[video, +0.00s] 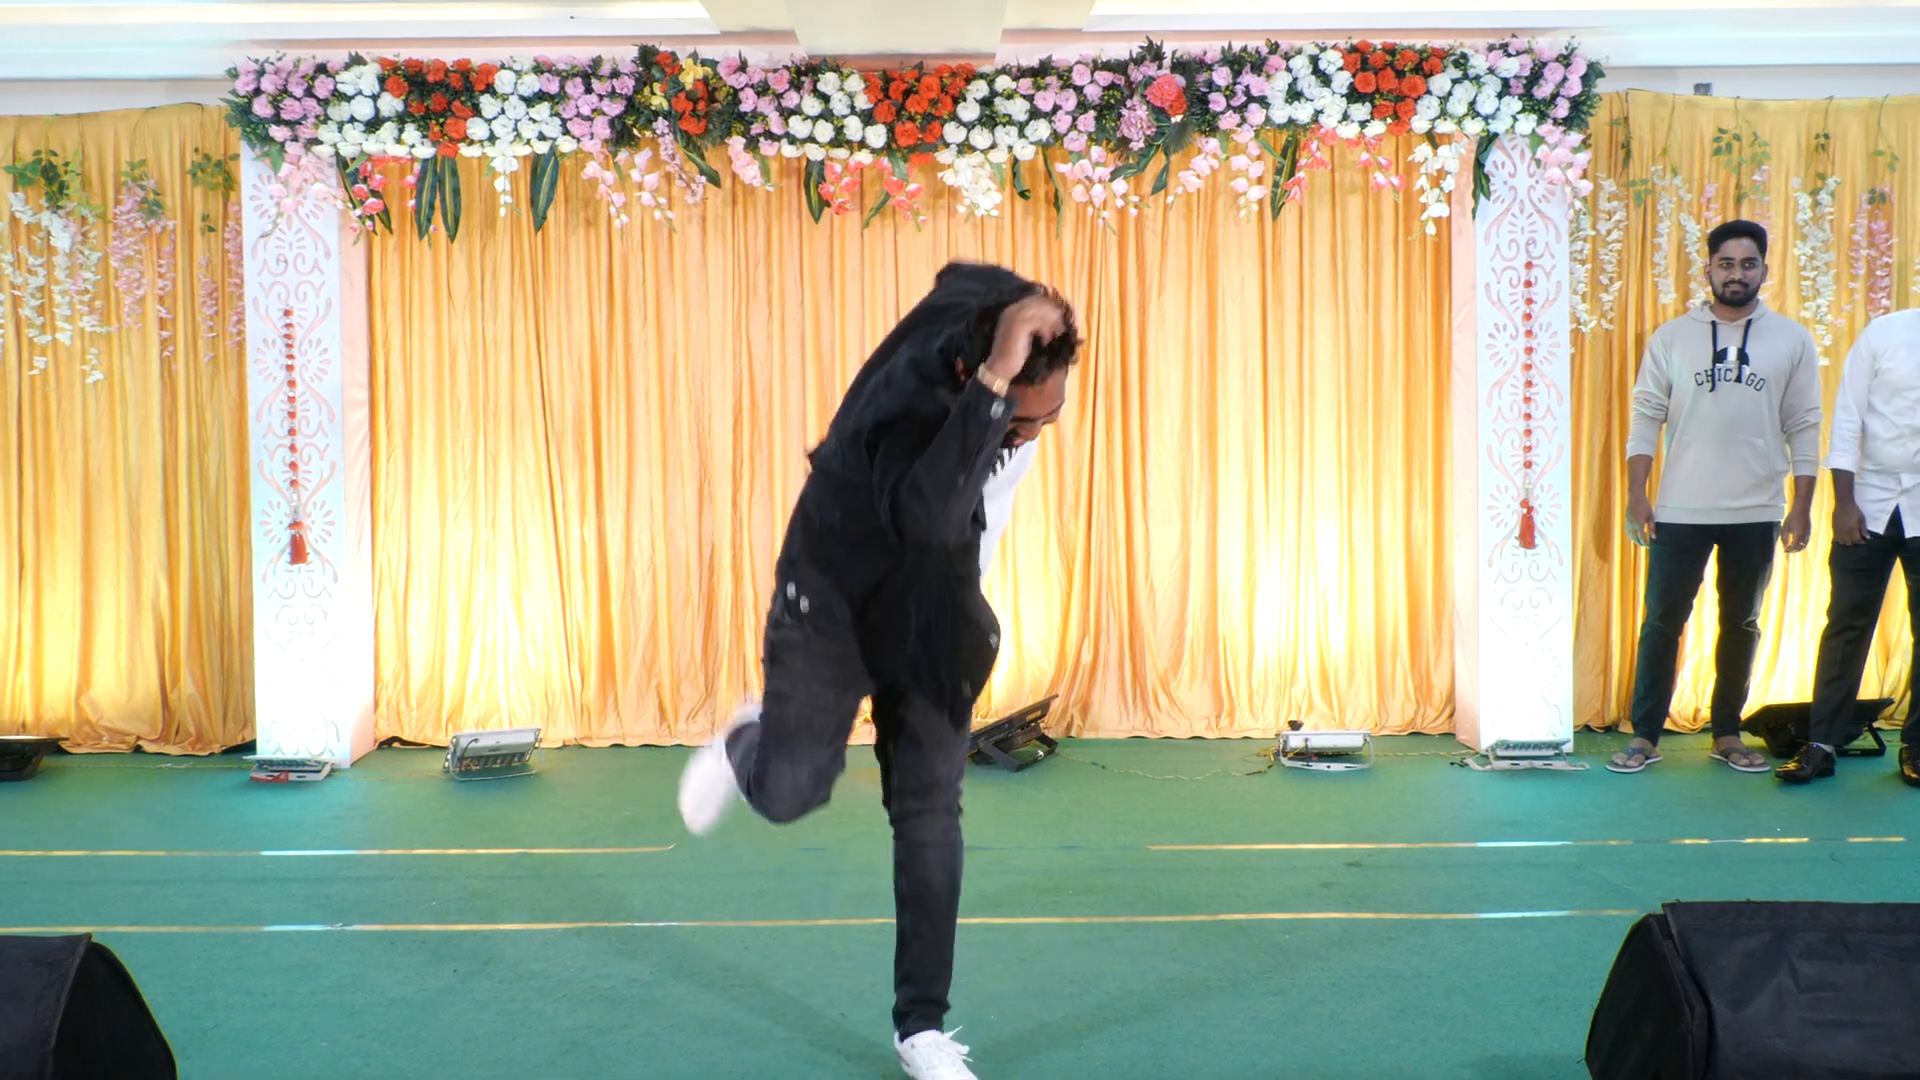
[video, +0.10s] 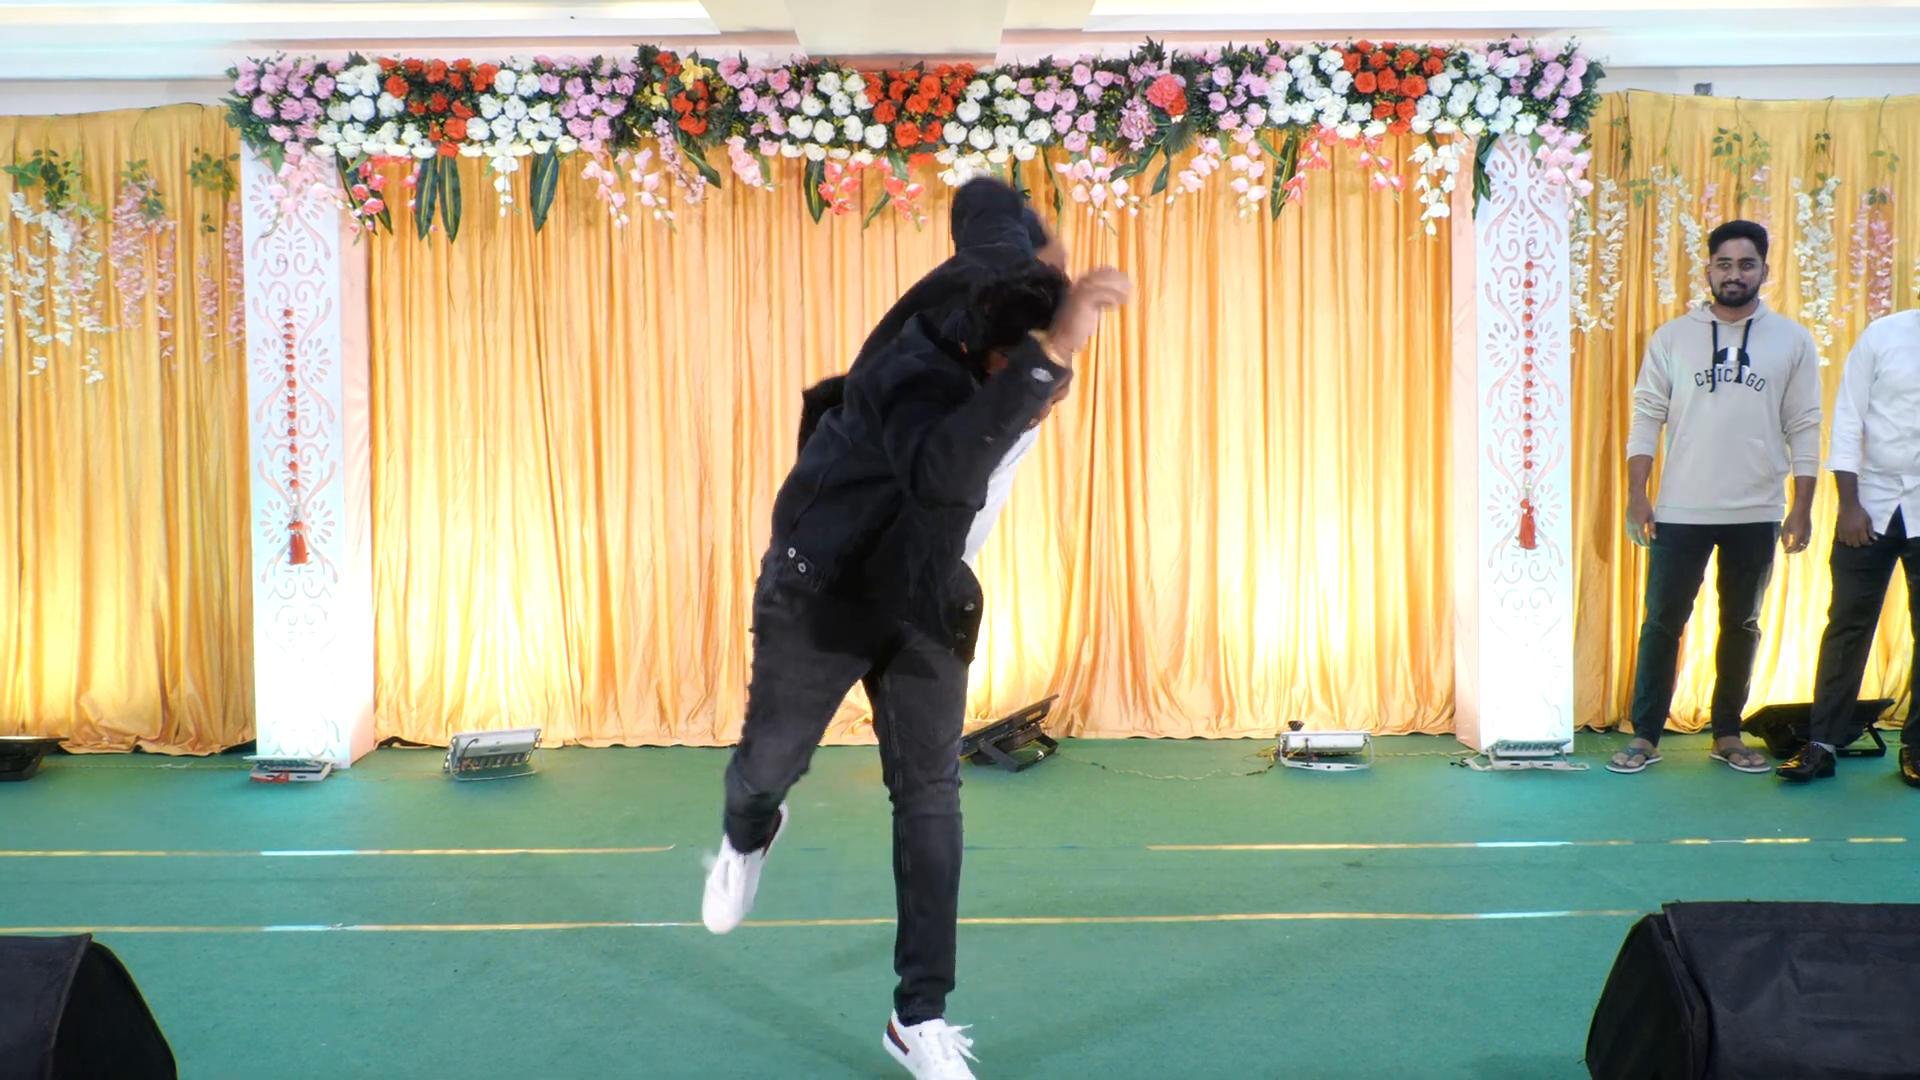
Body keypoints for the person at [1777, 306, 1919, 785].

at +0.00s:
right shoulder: (1886, 333)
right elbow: (1847, 417)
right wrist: (1843, 500)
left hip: (1917, 509)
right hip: (1871, 502)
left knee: (1919, 634)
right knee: (1846, 625)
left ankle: (1914, 746)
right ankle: (1821, 744)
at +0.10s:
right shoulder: (1885, 335)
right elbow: (1847, 419)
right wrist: (1848, 501)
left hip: (1917, 509)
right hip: (1873, 503)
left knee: (1919, 632)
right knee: (1848, 623)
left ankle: (1914, 746)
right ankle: (1822, 744)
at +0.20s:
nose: (1919, 286)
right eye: (1919, 279)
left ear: (1917, 286)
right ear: (1914, 286)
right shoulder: (1883, 337)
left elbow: (1849, 419)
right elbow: (1848, 420)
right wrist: (1849, 501)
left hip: (1917, 508)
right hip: (1876, 502)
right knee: (1847, 624)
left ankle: (1915, 745)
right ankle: (1821, 744)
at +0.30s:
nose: (1918, 286)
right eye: (1916, 277)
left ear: (1919, 286)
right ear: (1909, 283)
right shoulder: (1882, 338)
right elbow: (1847, 423)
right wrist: (1848, 502)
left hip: (1919, 508)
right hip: (1877, 501)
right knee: (1848, 624)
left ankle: (1915, 745)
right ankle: (1821, 743)